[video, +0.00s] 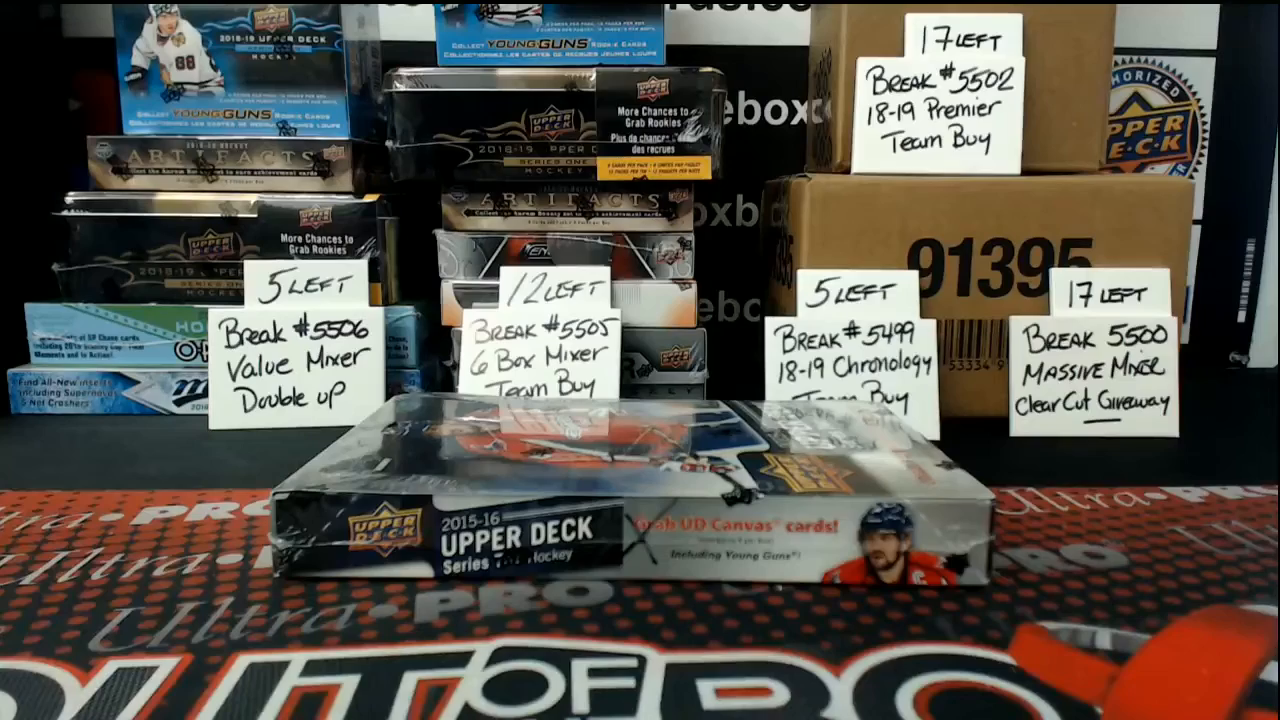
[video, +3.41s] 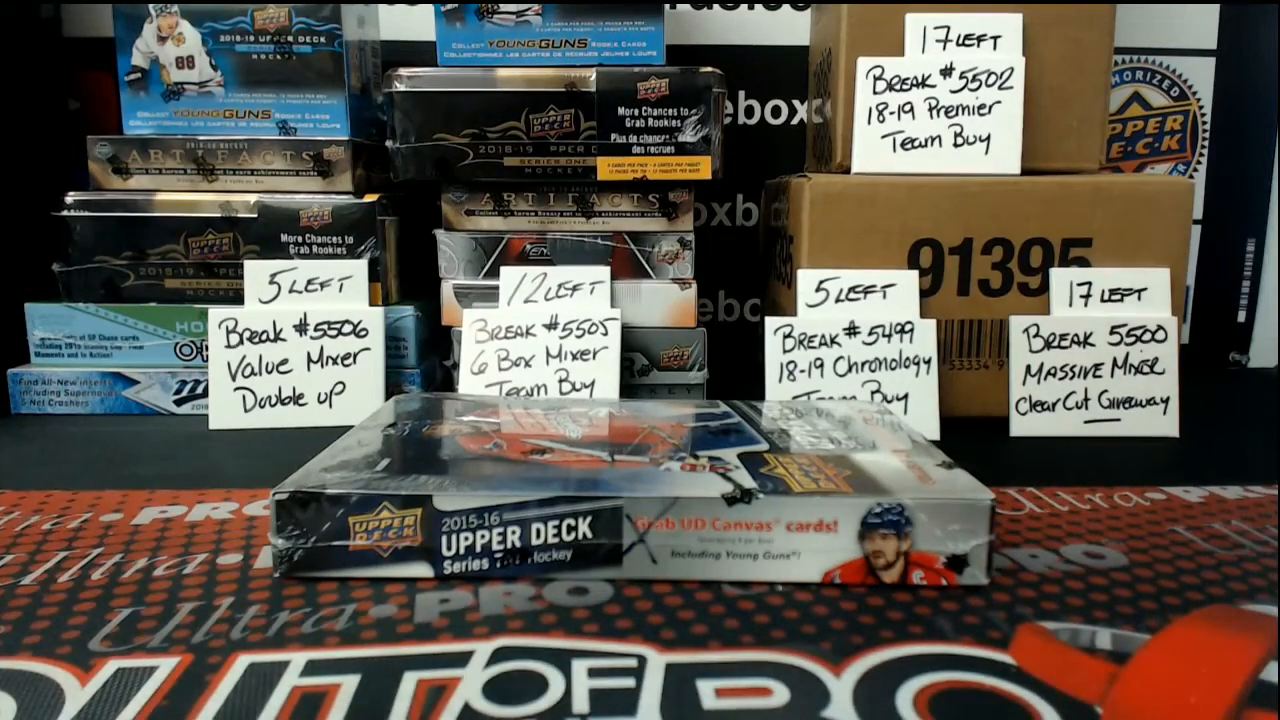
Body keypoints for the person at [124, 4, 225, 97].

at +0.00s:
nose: (170, 22)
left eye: (173, 17)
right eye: (164, 18)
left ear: (178, 17)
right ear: (156, 19)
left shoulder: (186, 35)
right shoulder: (150, 28)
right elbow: (141, 50)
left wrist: (177, 89)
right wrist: (137, 73)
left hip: (209, 84)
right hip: (181, 84)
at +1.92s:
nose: (169, 22)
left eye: (172, 16)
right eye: (163, 17)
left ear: (177, 16)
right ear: (155, 19)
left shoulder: (186, 34)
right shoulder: (149, 28)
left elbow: (188, 66)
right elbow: (141, 49)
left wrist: (179, 87)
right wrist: (137, 70)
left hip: (209, 83)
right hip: (182, 85)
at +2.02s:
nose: (170, 23)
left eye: (173, 17)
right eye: (164, 18)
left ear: (178, 17)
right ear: (156, 20)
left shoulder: (186, 36)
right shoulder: (150, 28)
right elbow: (142, 50)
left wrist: (178, 89)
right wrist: (137, 72)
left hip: (208, 84)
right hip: (181, 84)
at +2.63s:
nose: (170, 22)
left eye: (173, 17)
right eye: (164, 18)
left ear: (178, 17)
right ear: (156, 20)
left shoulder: (186, 36)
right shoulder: (150, 28)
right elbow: (142, 50)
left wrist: (179, 89)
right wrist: (137, 72)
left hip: (209, 84)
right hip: (181, 83)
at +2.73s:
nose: (170, 22)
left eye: (173, 17)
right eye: (164, 17)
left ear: (178, 17)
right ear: (156, 20)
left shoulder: (186, 34)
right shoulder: (150, 29)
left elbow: (188, 65)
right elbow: (142, 50)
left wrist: (180, 87)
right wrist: (137, 73)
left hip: (208, 83)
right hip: (181, 84)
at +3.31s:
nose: (170, 22)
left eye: (173, 17)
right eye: (164, 18)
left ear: (178, 17)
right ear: (156, 20)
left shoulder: (186, 35)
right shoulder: (150, 28)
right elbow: (141, 50)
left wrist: (179, 89)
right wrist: (137, 74)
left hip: (209, 84)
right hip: (181, 85)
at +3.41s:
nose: (170, 22)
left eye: (173, 17)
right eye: (164, 18)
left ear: (178, 17)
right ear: (156, 20)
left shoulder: (186, 35)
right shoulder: (150, 28)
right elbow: (141, 50)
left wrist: (179, 89)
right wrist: (137, 74)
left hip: (209, 84)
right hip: (181, 85)